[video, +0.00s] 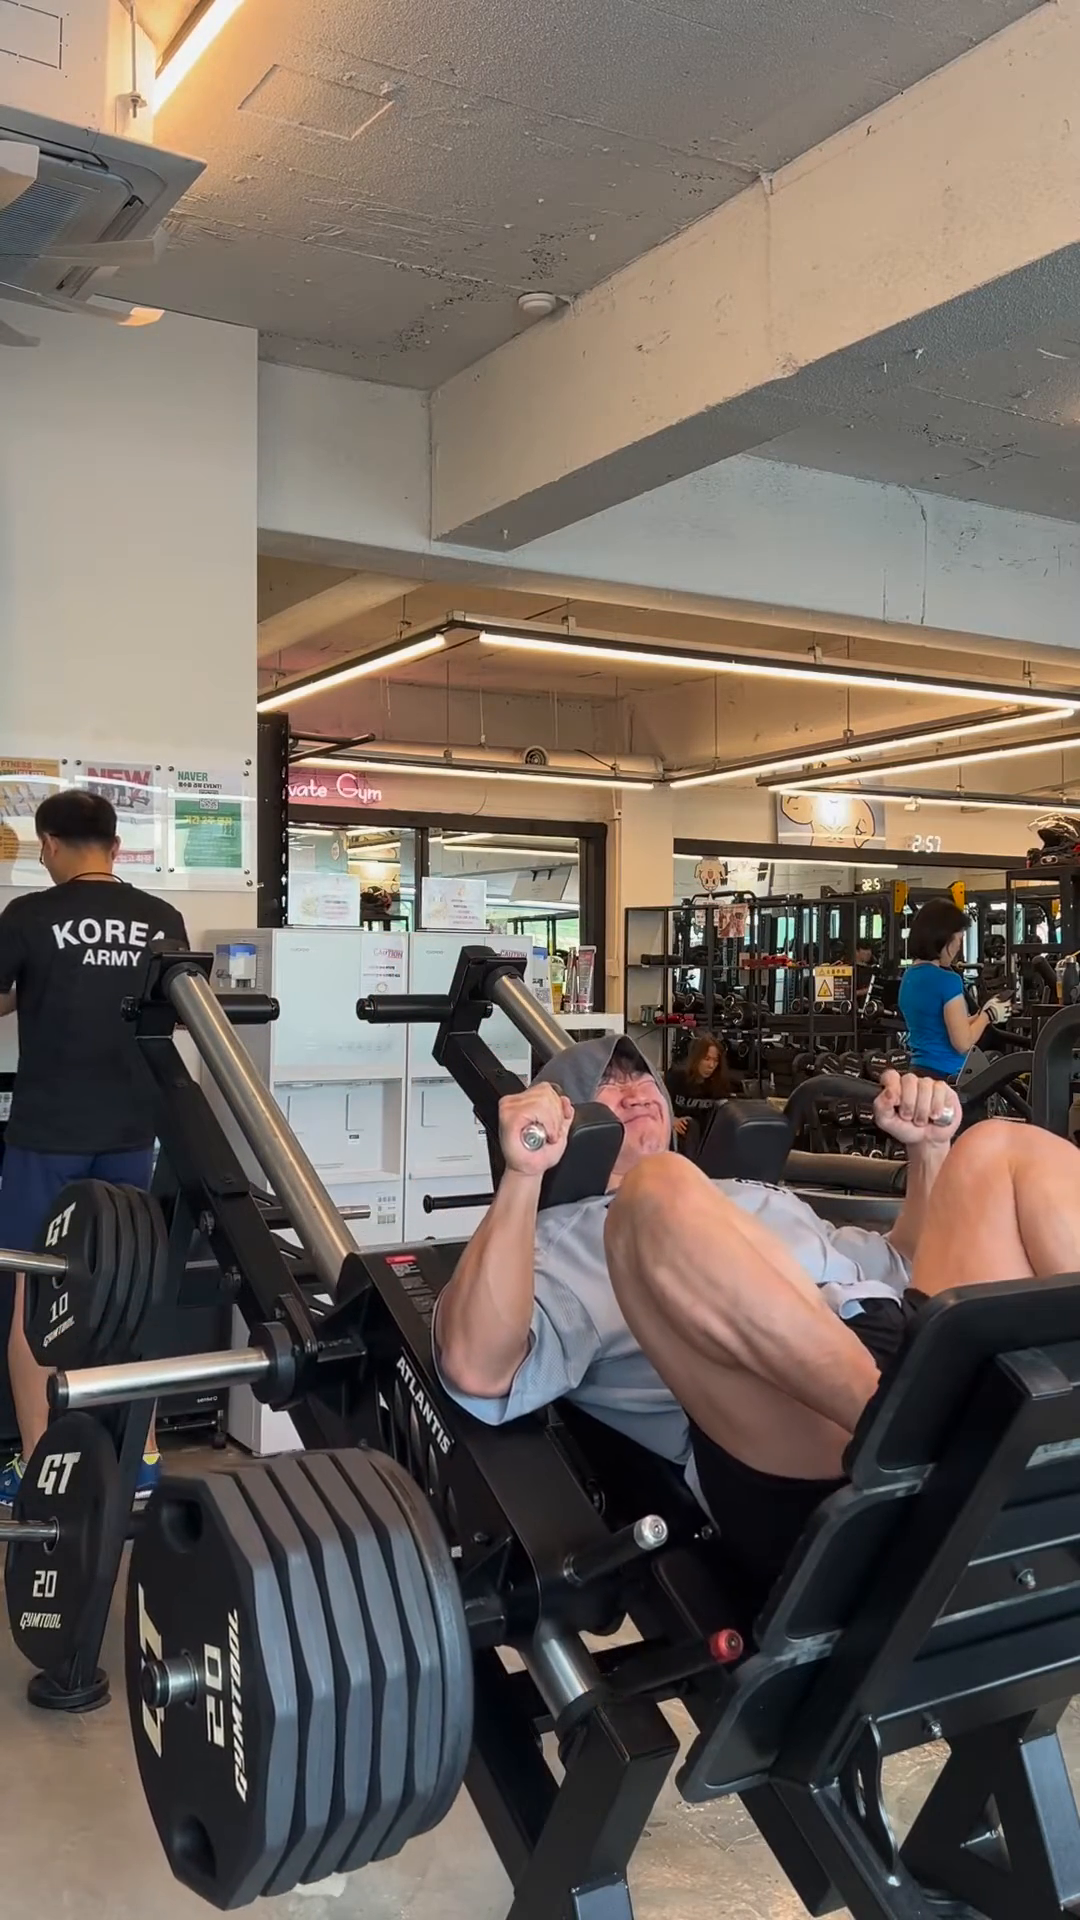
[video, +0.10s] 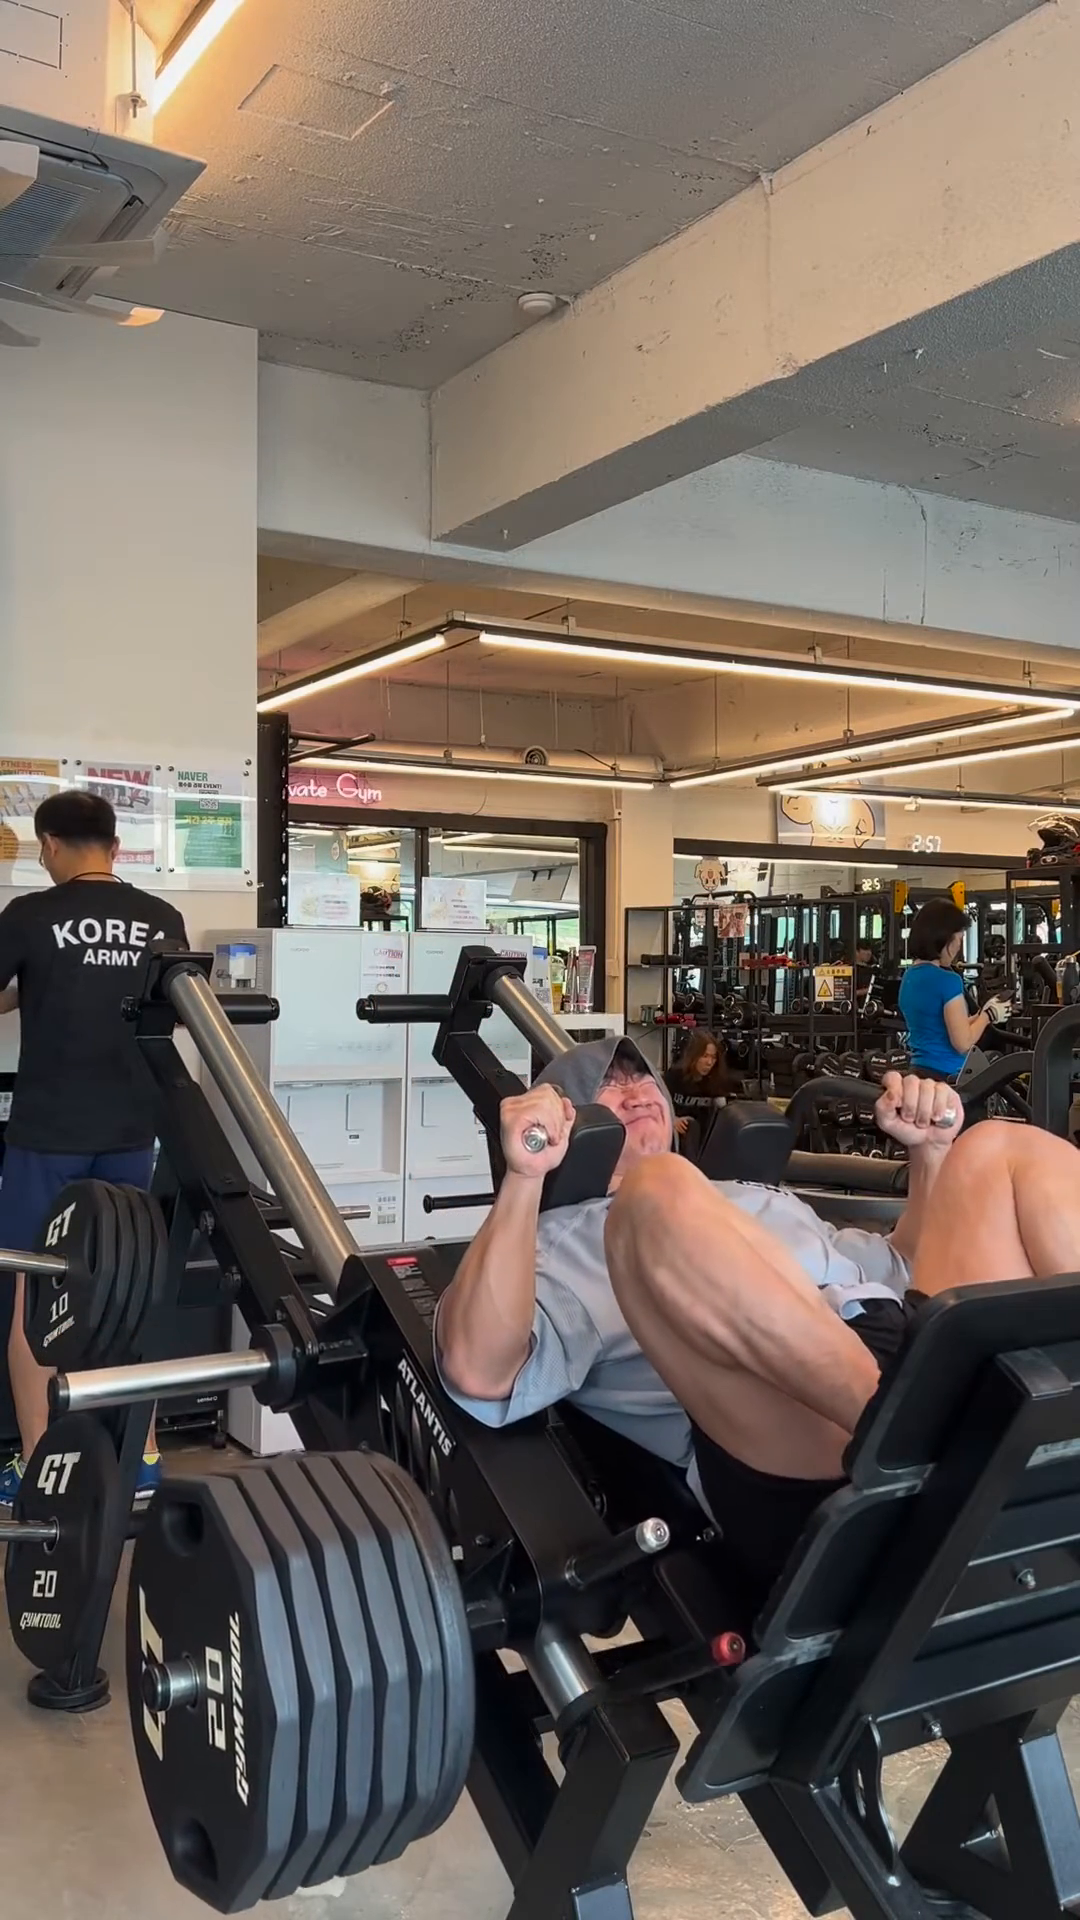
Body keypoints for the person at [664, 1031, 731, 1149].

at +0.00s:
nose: (711, 1065)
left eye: (715, 1060)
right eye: (707, 1059)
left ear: (719, 1063)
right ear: (695, 1058)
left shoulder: (719, 1086)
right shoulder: (674, 1079)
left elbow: (724, 1115)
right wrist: (671, 1120)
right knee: (691, 1125)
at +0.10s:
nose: (709, 1062)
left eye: (713, 1057)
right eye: (705, 1056)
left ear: (717, 1060)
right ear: (693, 1055)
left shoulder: (716, 1082)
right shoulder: (674, 1076)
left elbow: (722, 1112)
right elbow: (658, 1103)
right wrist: (672, 1119)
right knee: (692, 1125)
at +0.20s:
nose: (707, 1060)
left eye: (711, 1055)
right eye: (703, 1054)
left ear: (715, 1057)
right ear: (691, 1053)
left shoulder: (713, 1081)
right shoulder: (671, 1077)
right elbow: (654, 1104)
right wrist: (672, 1118)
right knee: (692, 1124)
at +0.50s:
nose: (702, 1057)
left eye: (706, 1052)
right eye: (697, 1051)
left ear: (709, 1055)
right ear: (686, 1051)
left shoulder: (709, 1080)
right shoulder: (667, 1078)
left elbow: (713, 1119)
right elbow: (659, 1114)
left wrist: (713, 1109)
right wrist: (693, 1107)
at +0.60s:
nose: (701, 1056)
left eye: (705, 1052)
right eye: (696, 1050)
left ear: (708, 1055)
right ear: (685, 1050)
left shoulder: (707, 1079)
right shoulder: (665, 1077)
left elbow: (712, 1118)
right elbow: (662, 1113)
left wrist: (711, 1105)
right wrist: (696, 1105)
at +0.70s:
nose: (700, 1056)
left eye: (704, 1051)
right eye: (695, 1050)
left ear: (707, 1055)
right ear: (683, 1050)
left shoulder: (706, 1078)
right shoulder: (664, 1076)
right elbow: (661, 1112)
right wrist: (698, 1104)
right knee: (688, 1124)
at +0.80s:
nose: (699, 1056)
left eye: (703, 1051)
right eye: (694, 1050)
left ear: (706, 1054)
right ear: (683, 1049)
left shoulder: (706, 1077)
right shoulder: (666, 1074)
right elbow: (667, 1111)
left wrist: (714, 1101)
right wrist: (698, 1104)